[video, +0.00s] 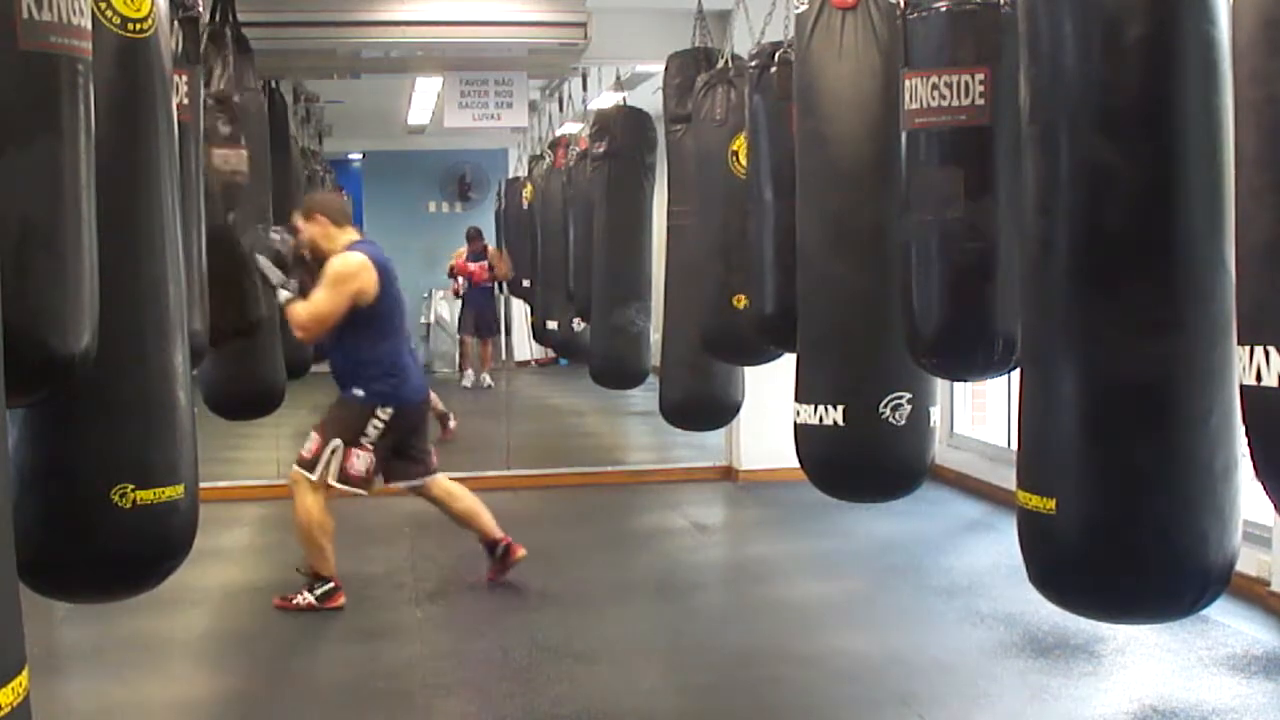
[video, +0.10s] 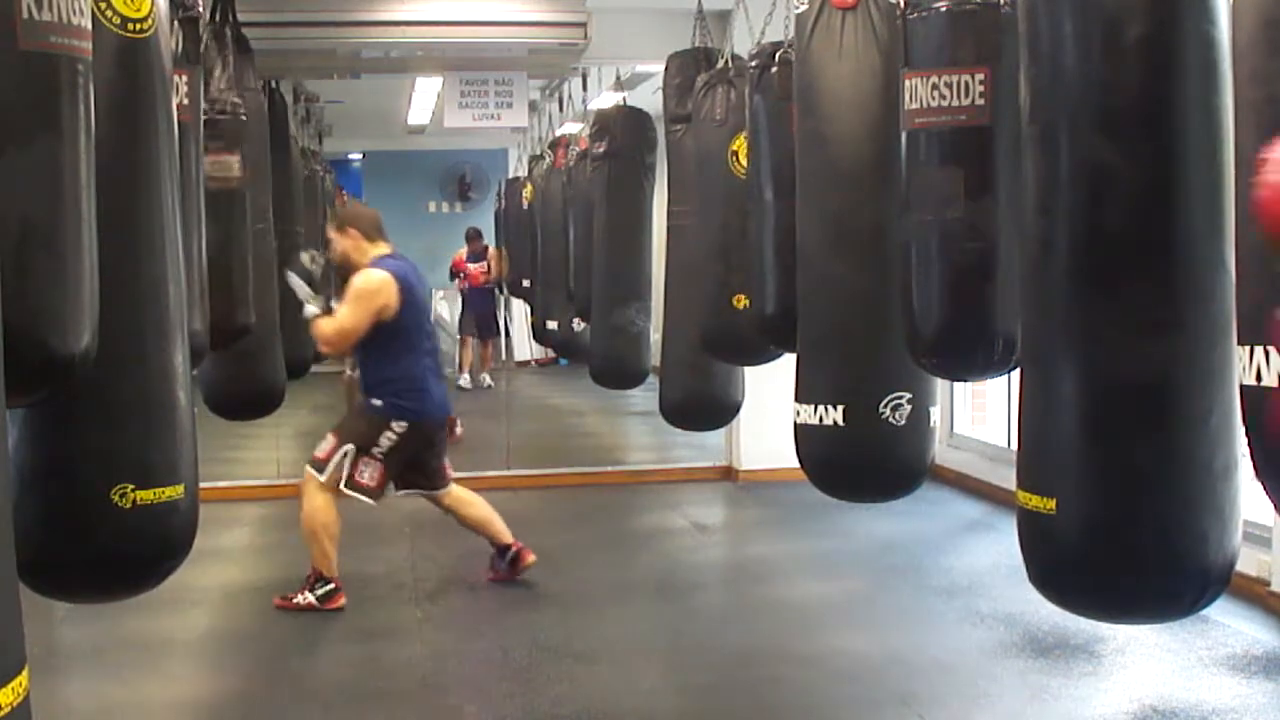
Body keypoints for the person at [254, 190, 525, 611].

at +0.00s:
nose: (300, 240)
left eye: (301, 229)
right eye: (298, 231)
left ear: (321, 222)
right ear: (339, 221)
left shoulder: (347, 264)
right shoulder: (368, 255)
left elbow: (305, 324)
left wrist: (284, 289)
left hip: (374, 396)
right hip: (406, 390)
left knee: (306, 479)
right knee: (423, 478)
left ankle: (323, 583)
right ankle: (499, 542)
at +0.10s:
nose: (331, 252)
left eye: (333, 241)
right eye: (329, 243)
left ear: (352, 236)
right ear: (367, 234)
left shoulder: (372, 279)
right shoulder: (403, 269)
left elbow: (332, 339)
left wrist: (314, 309)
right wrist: (333, 307)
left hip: (391, 408)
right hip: (428, 407)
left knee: (317, 481)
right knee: (440, 487)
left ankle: (323, 582)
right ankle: (509, 548)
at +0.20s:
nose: (362, 251)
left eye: (363, 241)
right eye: (361, 242)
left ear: (381, 236)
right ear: (399, 234)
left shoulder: (402, 278)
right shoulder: (433, 269)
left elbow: (367, 343)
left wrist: (344, 317)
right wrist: (374, 295)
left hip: (424, 404)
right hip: (459, 402)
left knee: (350, 476)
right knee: (464, 486)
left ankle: (329, 579)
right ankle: (522, 555)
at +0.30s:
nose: (383, 235)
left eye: (383, 225)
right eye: (381, 226)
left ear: (400, 218)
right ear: (417, 217)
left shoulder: (419, 257)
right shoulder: (458, 255)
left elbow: (393, 329)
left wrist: (365, 304)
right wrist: (388, 294)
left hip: (442, 387)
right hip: (481, 387)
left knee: (380, 472)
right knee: (482, 479)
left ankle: (360, 572)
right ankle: (526, 559)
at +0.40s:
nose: (393, 221)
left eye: (395, 211)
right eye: (393, 212)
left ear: (411, 206)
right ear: (434, 206)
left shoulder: (421, 241)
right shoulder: (473, 239)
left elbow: (407, 311)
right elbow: (461, 305)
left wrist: (374, 292)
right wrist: (394, 280)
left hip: (456, 369)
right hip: (496, 368)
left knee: (402, 459)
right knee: (496, 467)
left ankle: (420, 562)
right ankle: (526, 555)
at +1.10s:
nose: (398, 244)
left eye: (399, 232)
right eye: (396, 235)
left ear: (420, 221)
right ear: (435, 222)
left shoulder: (429, 257)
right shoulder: (485, 254)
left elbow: (406, 325)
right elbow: (460, 316)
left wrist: (377, 293)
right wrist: (404, 280)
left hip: (446, 385)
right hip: (494, 388)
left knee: (372, 458)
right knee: (503, 476)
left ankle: (375, 557)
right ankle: (539, 558)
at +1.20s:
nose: (390, 243)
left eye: (390, 233)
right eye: (388, 234)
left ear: (408, 223)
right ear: (436, 222)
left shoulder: (416, 256)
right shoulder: (482, 257)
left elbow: (399, 323)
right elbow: (453, 317)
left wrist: (366, 311)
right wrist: (394, 292)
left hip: (427, 389)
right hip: (480, 390)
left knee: (362, 471)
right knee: (502, 477)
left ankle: (344, 561)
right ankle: (539, 558)